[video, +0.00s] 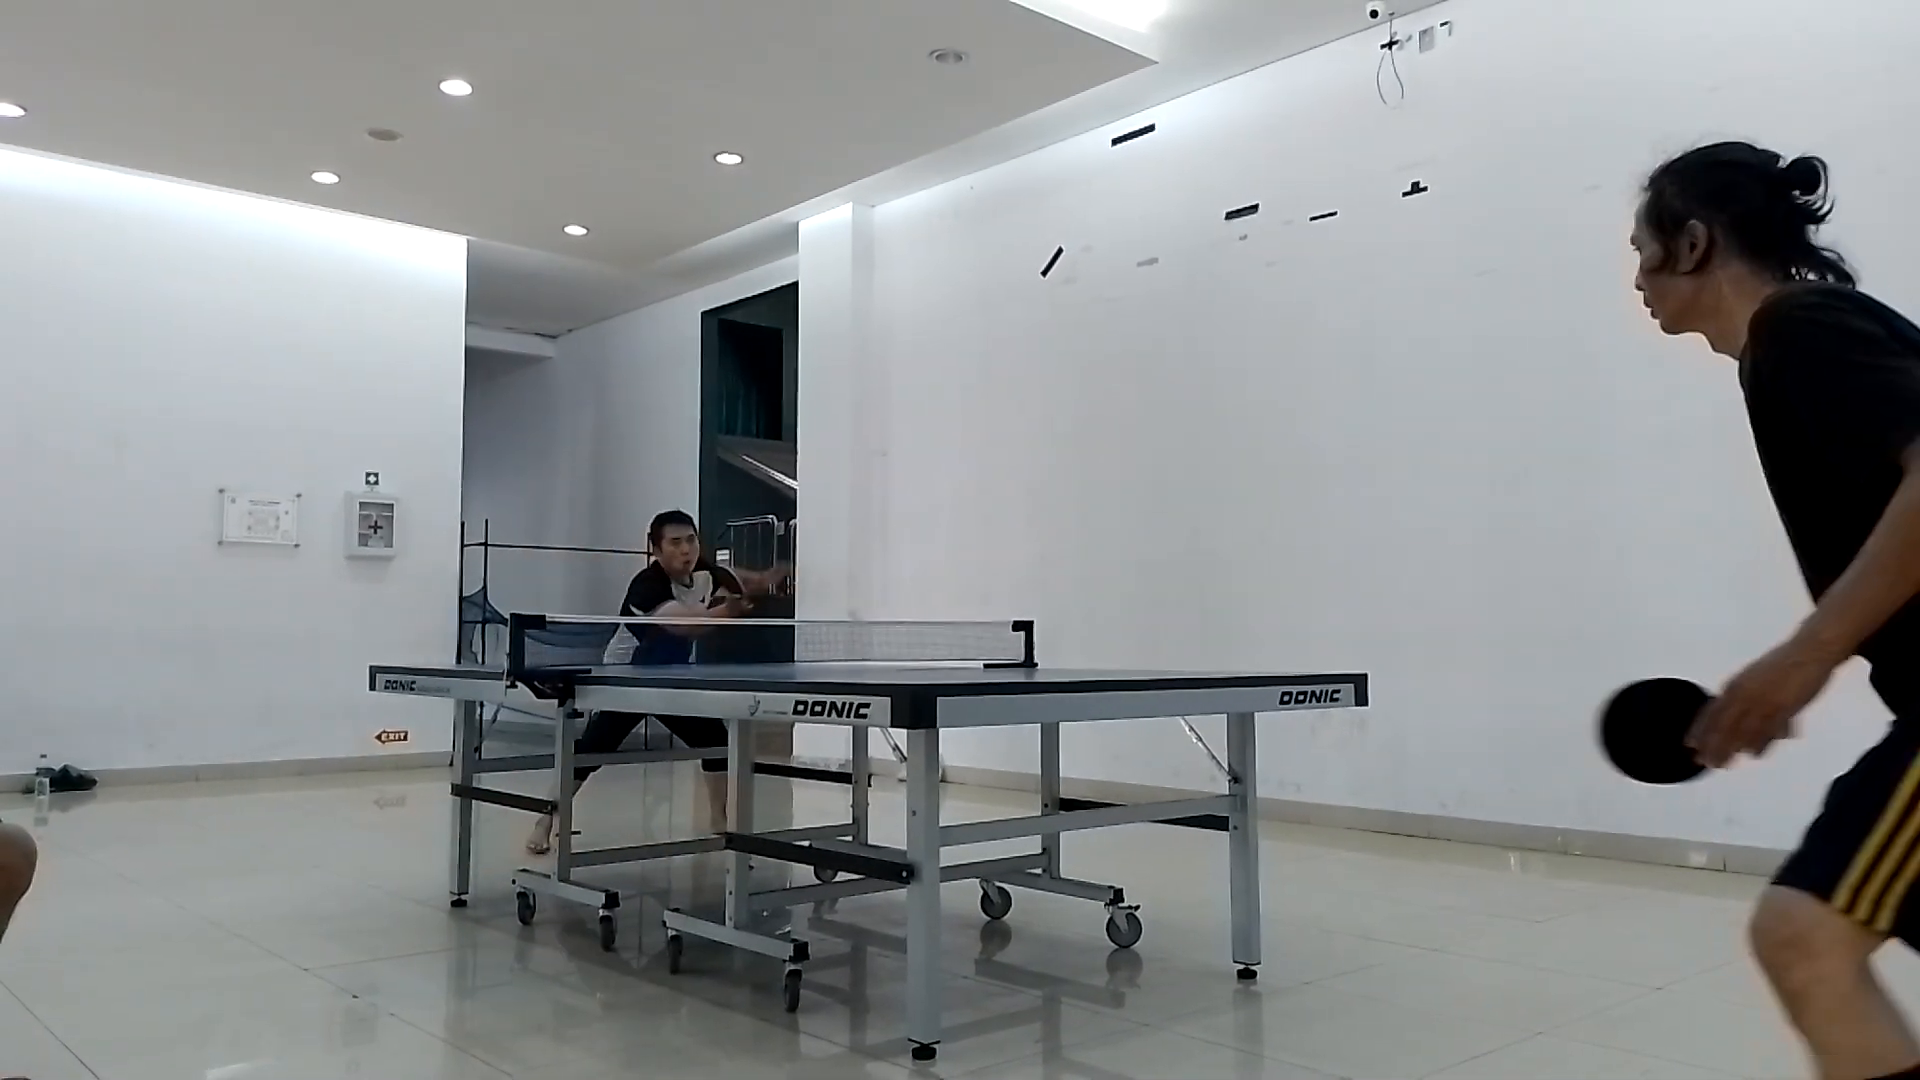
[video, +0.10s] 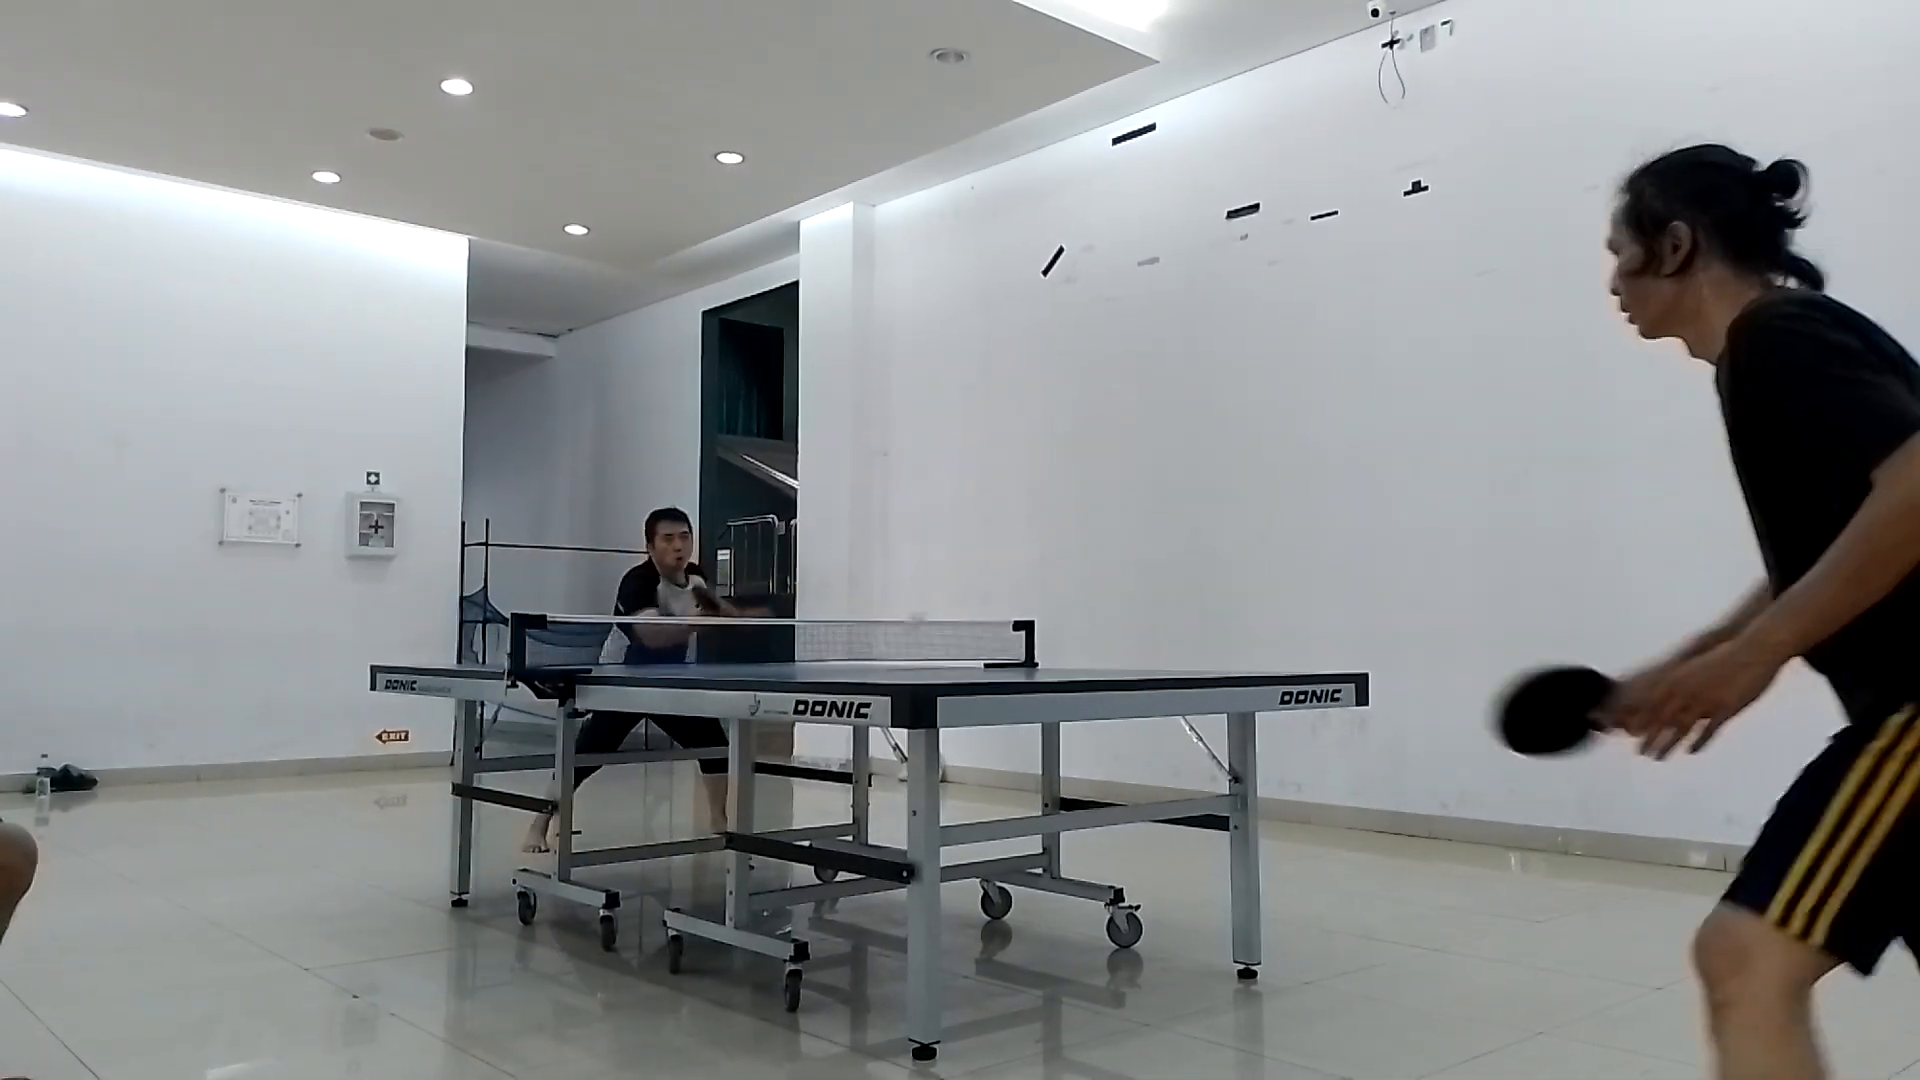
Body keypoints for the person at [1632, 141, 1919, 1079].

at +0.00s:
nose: (1638, 283)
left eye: (1641, 254)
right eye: (1635, 259)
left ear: (1698, 243)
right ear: (1715, 242)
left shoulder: (1804, 331)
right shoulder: (1796, 342)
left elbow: (1919, 478)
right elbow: (1889, 542)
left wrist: (1802, 659)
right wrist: (1785, 683)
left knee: (1803, 935)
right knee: (1808, 936)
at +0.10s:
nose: (1614, 290)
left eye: (1619, 259)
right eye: (1612, 264)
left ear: (1680, 245)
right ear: (1691, 246)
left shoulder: (1781, 339)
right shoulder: (1764, 354)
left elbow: (1909, 480)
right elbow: (1815, 561)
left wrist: (1758, 656)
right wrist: (1685, 673)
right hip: (1907, 712)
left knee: (1748, 955)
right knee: (1755, 957)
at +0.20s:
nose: (1560, 283)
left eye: (1566, 252)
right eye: (1559, 257)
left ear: (1628, 242)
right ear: (1637, 244)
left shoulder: (1737, 344)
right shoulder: (1710, 364)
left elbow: (1878, 493)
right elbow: (1711, 571)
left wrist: (1682, 663)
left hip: (1886, 727)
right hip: (1876, 725)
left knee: (1656, 983)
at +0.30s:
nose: (1496, 285)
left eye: (1506, 255)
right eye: (1495, 260)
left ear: (1568, 235)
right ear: (1571, 239)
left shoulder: (1685, 342)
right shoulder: (1647, 372)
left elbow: (1794, 512)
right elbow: (1588, 578)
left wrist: (1576, 677)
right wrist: (1511, 503)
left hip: (1828, 728)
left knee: (1564, 977)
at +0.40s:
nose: (1430, 307)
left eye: (1434, 275)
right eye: (1424, 280)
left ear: (1503, 244)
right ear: (1503, 244)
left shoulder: (1645, 337)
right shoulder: (1585, 377)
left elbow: (1758, 508)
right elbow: (1533, 573)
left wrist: (1535, 664)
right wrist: (1446, 527)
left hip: (1808, 728)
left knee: (1538, 983)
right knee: (1904, 993)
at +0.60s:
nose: (1360, 328)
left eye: (1355, 302)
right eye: (1347, 309)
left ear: (1416, 267)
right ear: (1422, 272)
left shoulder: (1622, 322)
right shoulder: (1511, 417)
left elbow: (1873, 375)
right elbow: (1549, 587)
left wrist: (1739, 539)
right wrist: (1567, 752)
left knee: (1549, 983)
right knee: (1884, 982)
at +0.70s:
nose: (1360, 312)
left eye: (1356, 284)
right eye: (1349, 289)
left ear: (1415, 260)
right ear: (1423, 263)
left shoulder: (1606, 321)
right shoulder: (1534, 406)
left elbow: (1863, 350)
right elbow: (1620, 584)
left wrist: (1781, 453)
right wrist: (1647, 764)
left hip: (1813, 693)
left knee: (1546, 974)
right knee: (1899, 985)